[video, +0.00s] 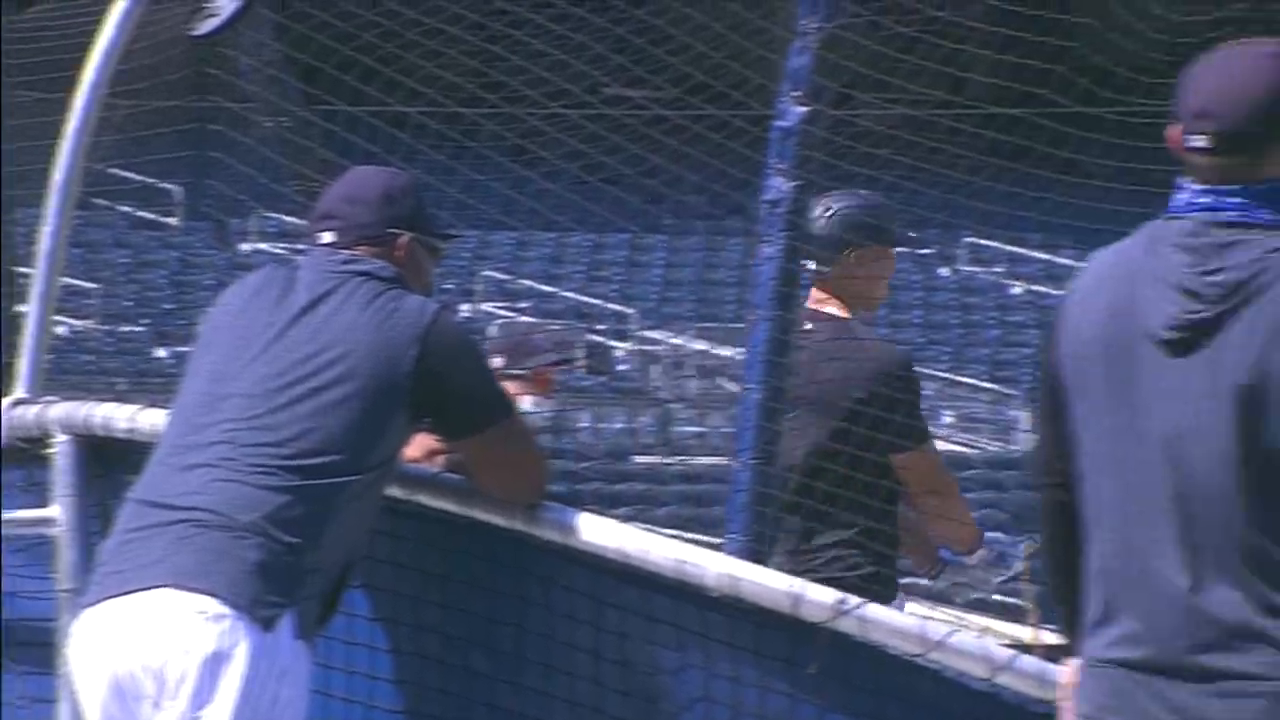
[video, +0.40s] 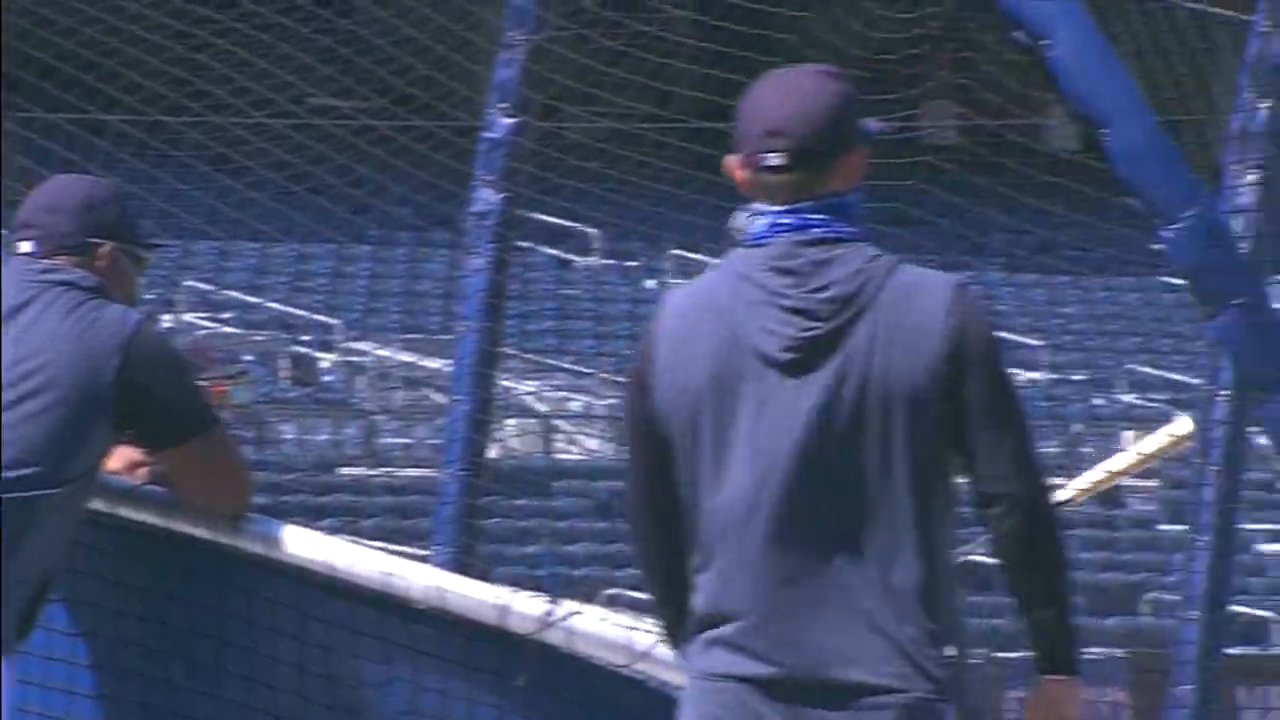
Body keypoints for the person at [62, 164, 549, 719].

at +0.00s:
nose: (434, 273)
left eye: (435, 256)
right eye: (431, 254)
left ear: (321, 236)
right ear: (402, 246)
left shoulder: (240, 295)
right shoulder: (419, 324)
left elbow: (267, 424)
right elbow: (521, 481)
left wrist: (391, 447)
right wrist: (453, 440)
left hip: (102, 620)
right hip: (221, 621)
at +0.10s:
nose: (361, 276)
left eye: (361, 258)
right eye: (357, 256)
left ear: (247, 240)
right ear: (326, 250)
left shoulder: (168, 295)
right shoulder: (344, 325)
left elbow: (188, 427)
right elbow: (446, 484)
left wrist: (317, 448)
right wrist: (386, 443)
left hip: (26, 619)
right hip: (147, 625)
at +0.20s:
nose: (288, 277)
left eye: (291, 263)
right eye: (285, 261)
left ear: (176, 245)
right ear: (254, 255)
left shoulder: (89, 297)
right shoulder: (269, 329)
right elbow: (372, 487)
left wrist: (244, 451)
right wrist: (309, 457)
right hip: (72, 617)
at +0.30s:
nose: (213, 283)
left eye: (217, 268)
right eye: (211, 266)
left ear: (100, 247)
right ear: (178, 257)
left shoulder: (19, 296)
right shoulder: (195, 332)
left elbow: (48, 419)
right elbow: (298, 491)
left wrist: (170, 450)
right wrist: (233, 457)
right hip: (22, 620)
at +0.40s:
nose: (138, 287)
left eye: (141, 270)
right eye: (136, 268)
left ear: (28, 246)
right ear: (104, 261)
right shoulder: (118, 334)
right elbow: (225, 494)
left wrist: (97, 455)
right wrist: (152, 460)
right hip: (7, 636)